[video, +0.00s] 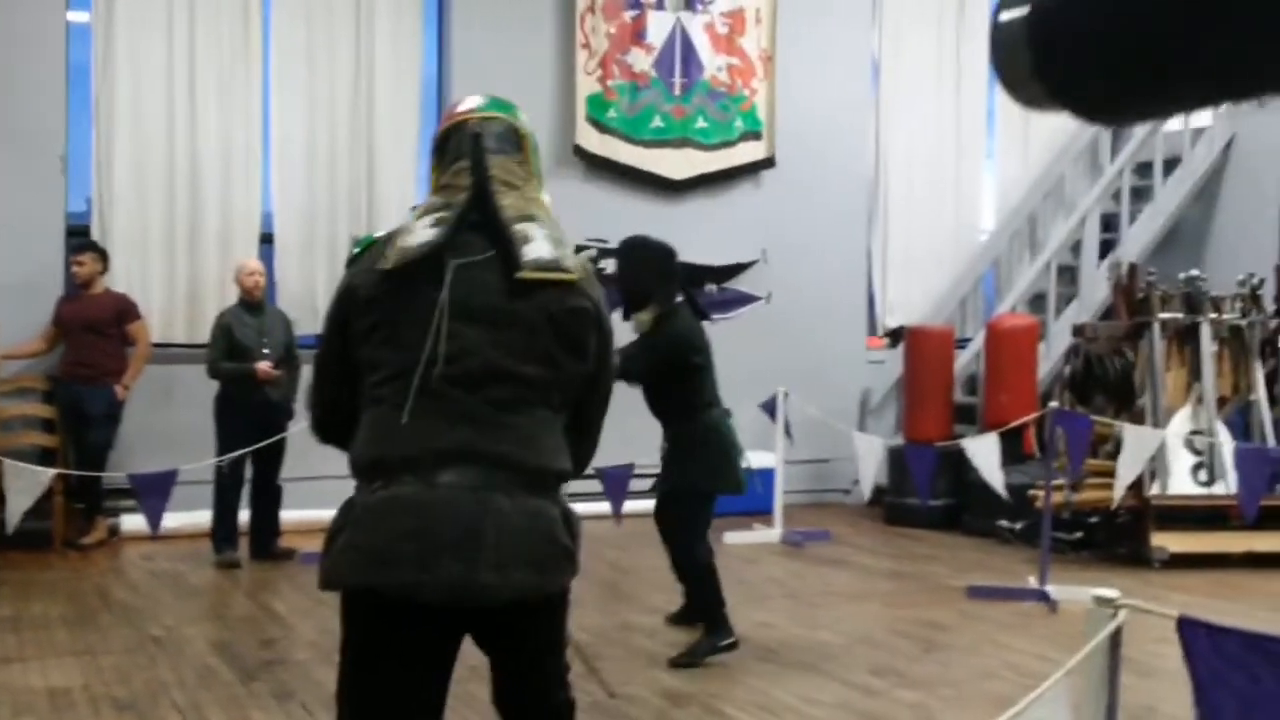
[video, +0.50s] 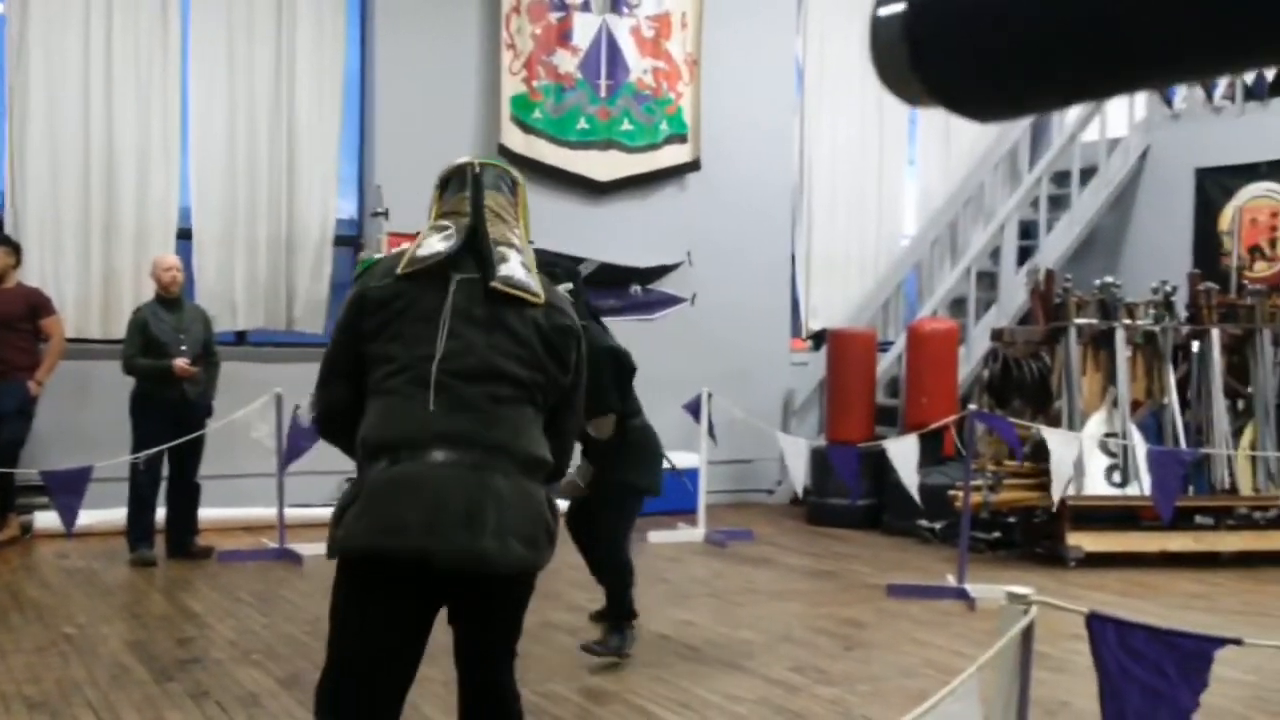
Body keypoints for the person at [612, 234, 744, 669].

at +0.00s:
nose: (619, 285)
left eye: (624, 277)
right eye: (620, 276)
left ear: (642, 280)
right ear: (660, 278)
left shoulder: (674, 331)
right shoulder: (665, 323)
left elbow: (628, 365)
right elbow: (635, 361)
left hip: (701, 446)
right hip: (686, 443)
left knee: (686, 529)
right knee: (669, 517)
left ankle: (718, 625)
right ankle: (698, 599)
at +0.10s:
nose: (600, 295)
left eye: (604, 286)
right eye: (600, 286)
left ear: (620, 289)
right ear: (643, 285)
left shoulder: (654, 336)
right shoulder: (656, 329)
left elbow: (609, 384)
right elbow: (615, 380)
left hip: (686, 453)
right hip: (677, 450)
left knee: (674, 530)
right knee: (656, 519)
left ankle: (704, 627)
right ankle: (681, 603)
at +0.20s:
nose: (585, 304)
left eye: (589, 294)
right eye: (585, 296)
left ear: (605, 297)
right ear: (626, 293)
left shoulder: (632, 339)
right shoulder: (647, 333)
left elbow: (593, 395)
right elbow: (641, 403)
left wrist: (562, 423)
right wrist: (604, 430)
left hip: (669, 452)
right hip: (667, 449)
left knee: (660, 531)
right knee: (639, 519)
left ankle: (689, 628)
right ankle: (665, 603)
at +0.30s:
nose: (573, 304)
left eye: (577, 297)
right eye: (574, 297)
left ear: (590, 297)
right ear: (610, 293)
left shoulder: (612, 338)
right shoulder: (624, 330)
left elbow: (609, 408)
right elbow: (615, 407)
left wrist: (590, 448)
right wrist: (595, 446)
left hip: (650, 450)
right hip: (649, 447)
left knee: (639, 531)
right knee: (618, 518)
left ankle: (671, 627)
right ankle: (647, 602)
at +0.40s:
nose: (549, 312)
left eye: (553, 302)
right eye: (550, 303)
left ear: (570, 300)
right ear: (590, 296)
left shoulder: (598, 339)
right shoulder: (596, 334)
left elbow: (594, 416)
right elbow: (596, 413)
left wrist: (571, 459)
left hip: (637, 449)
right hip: (628, 448)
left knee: (619, 532)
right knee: (600, 520)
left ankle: (652, 629)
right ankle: (631, 601)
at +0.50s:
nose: (539, 315)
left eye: (544, 305)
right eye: (539, 308)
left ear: (563, 300)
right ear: (572, 298)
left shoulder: (594, 347)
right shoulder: (570, 342)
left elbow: (603, 425)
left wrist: (581, 473)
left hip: (630, 456)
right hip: (606, 454)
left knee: (608, 536)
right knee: (582, 524)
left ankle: (620, 629)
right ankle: (617, 600)